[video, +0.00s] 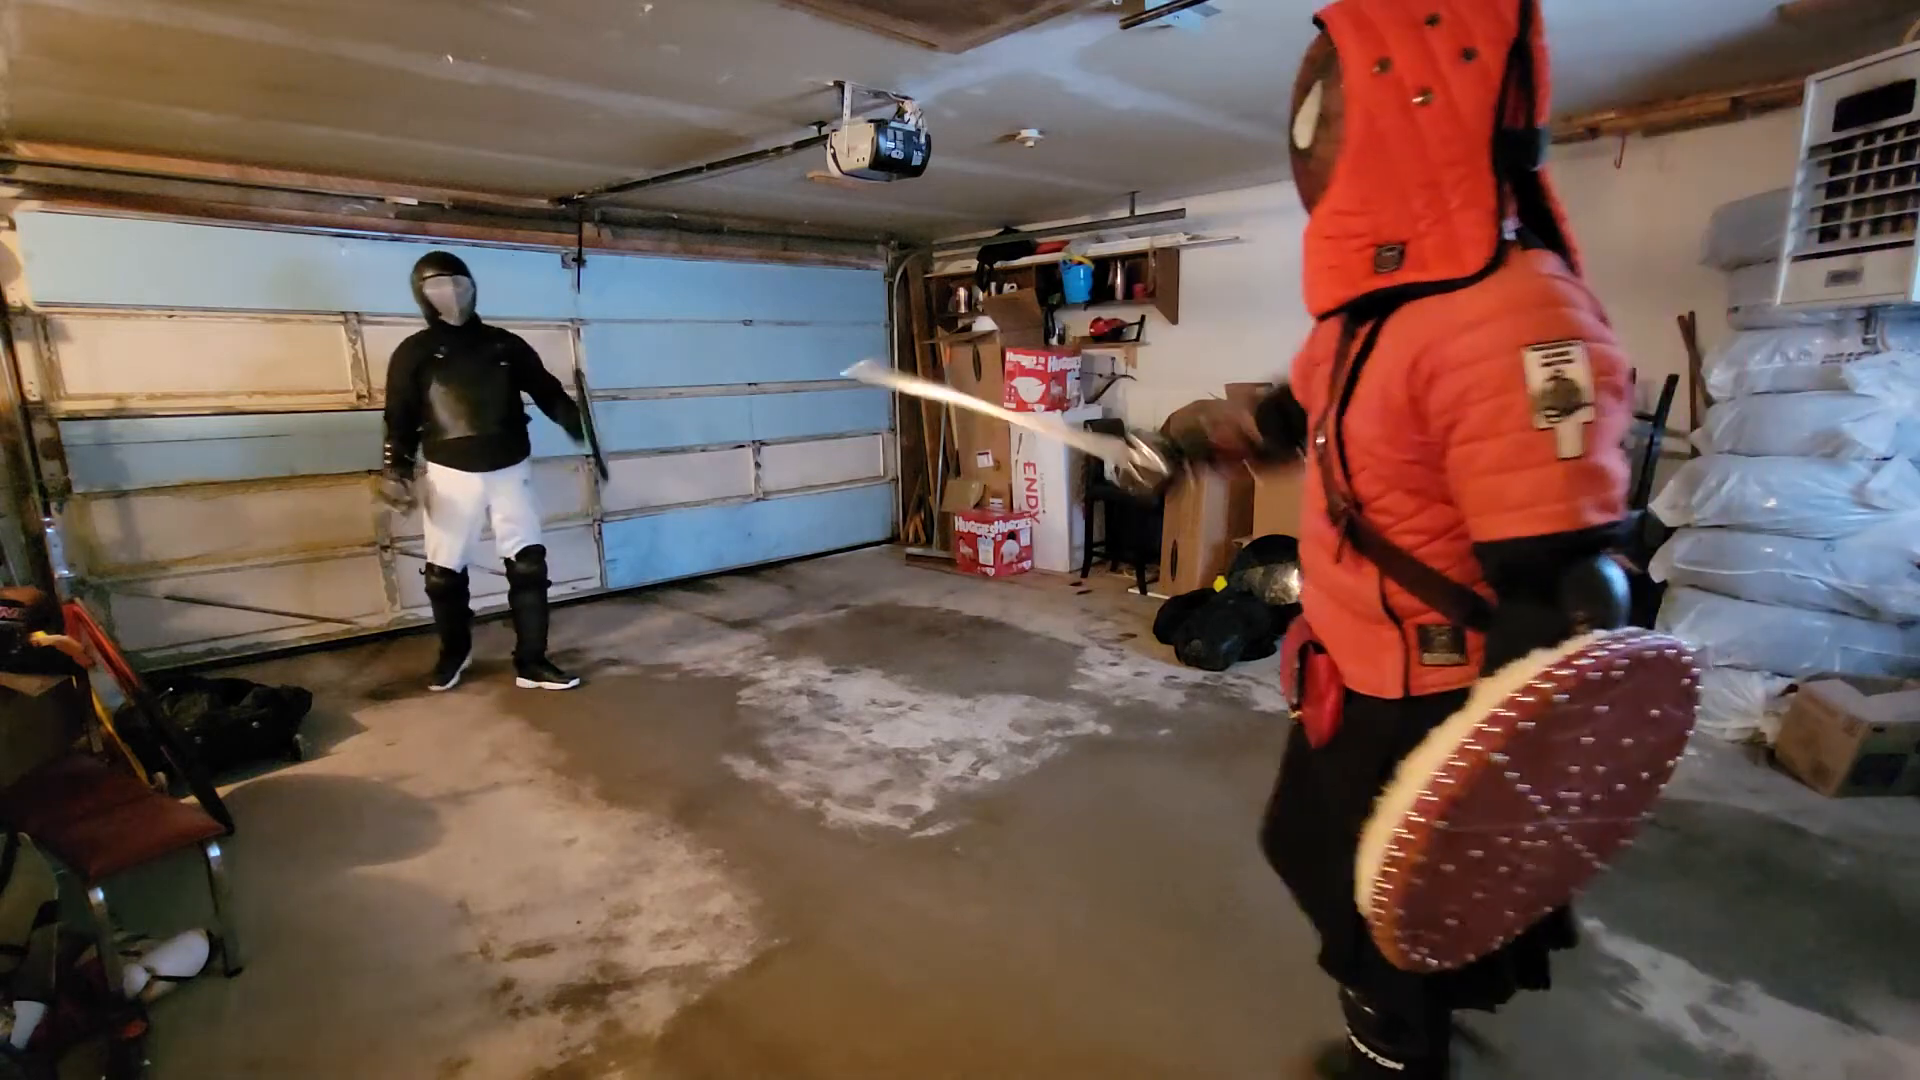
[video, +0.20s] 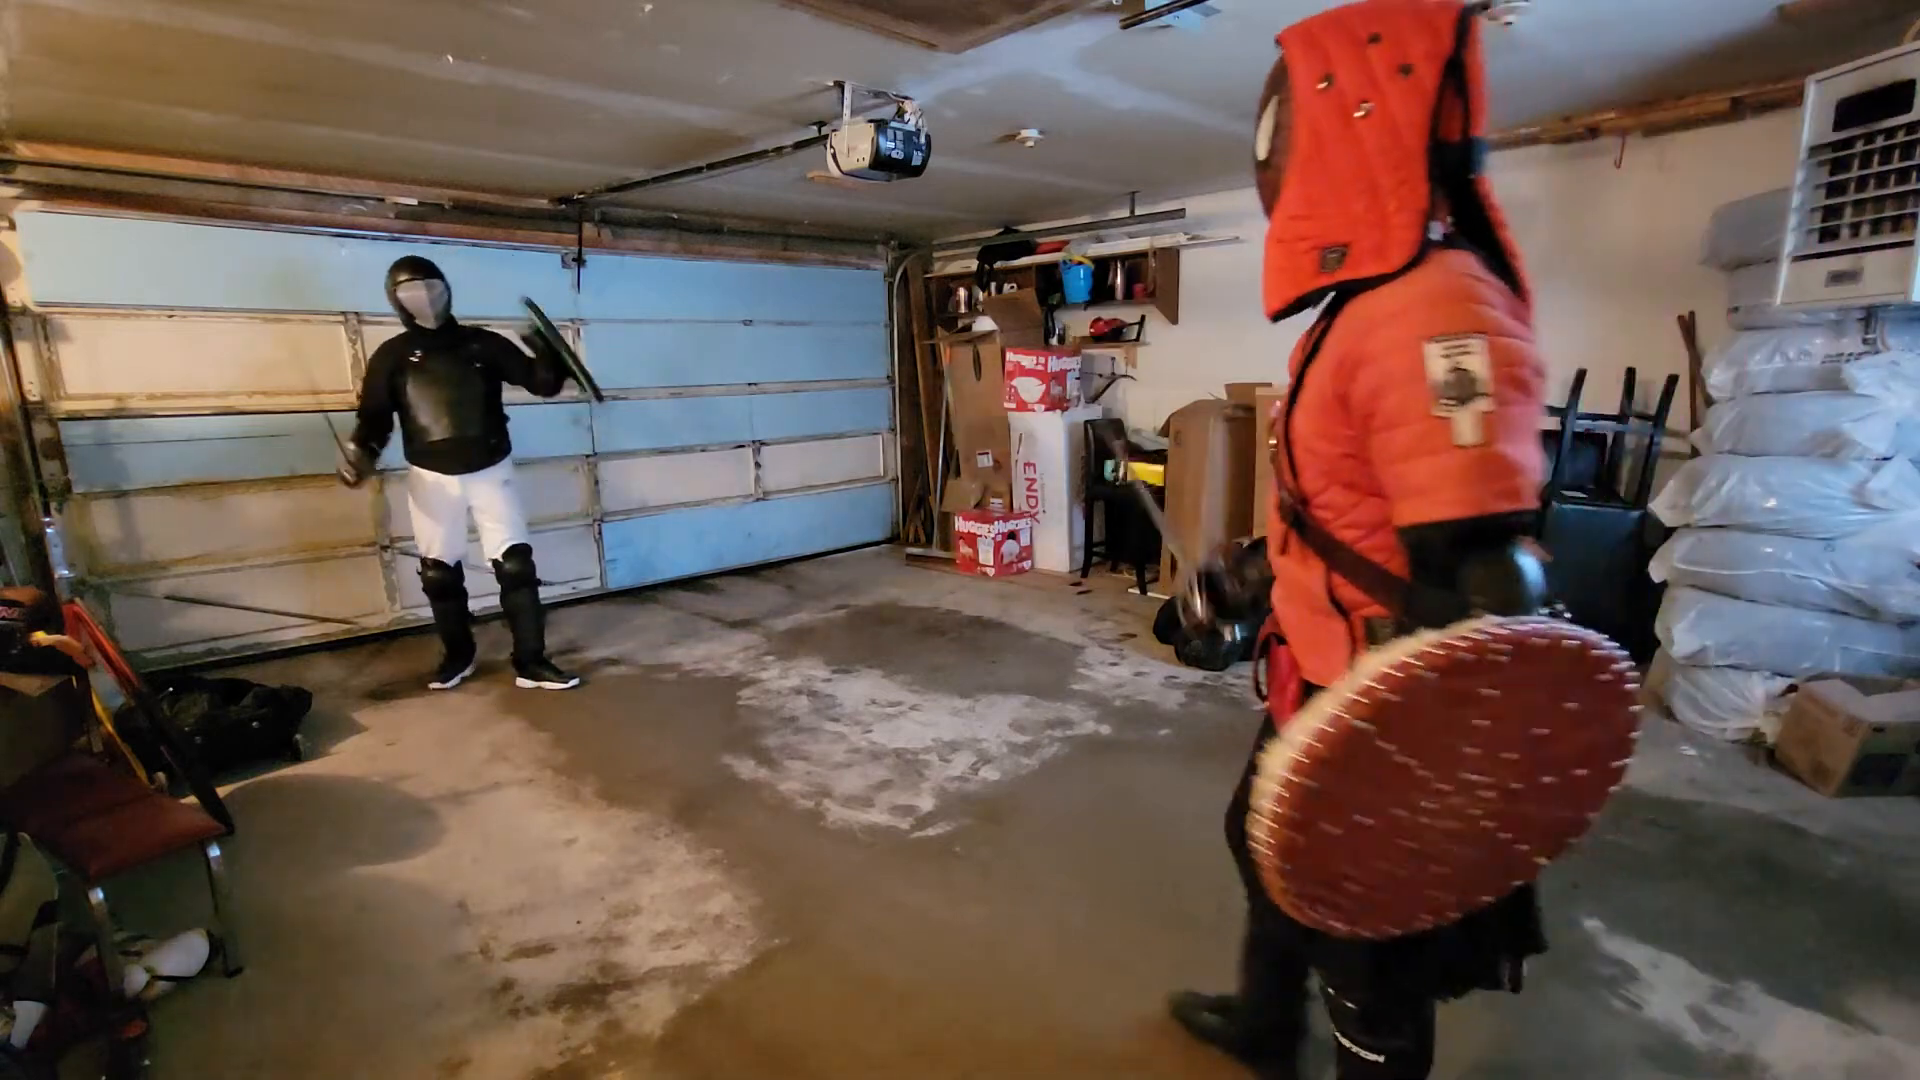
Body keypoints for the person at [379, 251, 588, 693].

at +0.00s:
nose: (451, 289)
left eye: (457, 280)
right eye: (438, 282)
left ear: (470, 287)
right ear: (423, 294)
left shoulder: (505, 345)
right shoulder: (412, 354)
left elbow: (546, 389)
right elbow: (399, 417)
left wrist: (574, 421)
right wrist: (397, 469)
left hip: (510, 473)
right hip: (449, 477)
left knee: (528, 564)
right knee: (443, 574)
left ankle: (532, 660)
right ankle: (454, 651)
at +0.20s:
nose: (425, 295)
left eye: (431, 284)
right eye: (412, 288)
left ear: (444, 288)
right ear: (398, 299)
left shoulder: (483, 344)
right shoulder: (390, 358)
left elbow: (543, 383)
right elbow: (373, 419)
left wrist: (549, 354)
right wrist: (361, 457)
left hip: (491, 473)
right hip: (431, 479)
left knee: (515, 563)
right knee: (438, 574)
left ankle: (530, 661)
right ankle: (459, 654)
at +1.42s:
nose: (416, 307)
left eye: (421, 296)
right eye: (403, 300)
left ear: (434, 297)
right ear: (386, 309)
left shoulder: (475, 349)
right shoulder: (379, 365)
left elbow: (514, 412)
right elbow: (366, 424)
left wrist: (524, 395)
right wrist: (376, 460)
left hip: (488, 477)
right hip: (427, 486)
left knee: (525, 561)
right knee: (437, 576)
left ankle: (554, 656)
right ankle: (459, 657)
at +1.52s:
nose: (419, 303)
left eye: (426, 292)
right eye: (407, 297)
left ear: (444, 296)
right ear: (396, 308)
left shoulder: (486, 351)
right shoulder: (390, 364)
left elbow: (517, 405)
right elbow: (375, 424)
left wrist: (537, 421)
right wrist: (387, 464)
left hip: (497, 482)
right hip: (437, 489)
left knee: (531, 568)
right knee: (442, 580)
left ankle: (555, 661)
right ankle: (459, 657)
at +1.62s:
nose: (435, 300)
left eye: (442, 290)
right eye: (423, 295)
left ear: (459, 294)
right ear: (411, 307)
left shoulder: (500, 352)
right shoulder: (403, 363)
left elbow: (531, 407)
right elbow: (384, 424)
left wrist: (547, 424)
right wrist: (395, 464)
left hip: (509, 484)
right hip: (446, 490)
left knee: (542, 571)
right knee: (446, 582)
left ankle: (556, 662)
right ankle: (459, 657)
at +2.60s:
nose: (434, 285)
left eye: (441, 273)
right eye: (419, 278)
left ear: (458, 274)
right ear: (402, 290)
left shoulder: (503, 334)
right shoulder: (399, 351)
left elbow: (572, 375)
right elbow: (361, 433)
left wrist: (533, 315)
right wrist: (376, 438)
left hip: (517, 485)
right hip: (448, 493)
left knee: (558, 582)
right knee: (449, 599)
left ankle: (582, 691)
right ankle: (482, 686)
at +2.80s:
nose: (455, 291)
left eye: (463, 279)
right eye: (441, 283)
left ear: (480, 280)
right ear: (428, 293)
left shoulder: (526, 342)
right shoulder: (419, 355)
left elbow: (591, 384)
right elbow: (381, 424)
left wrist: (563, 324)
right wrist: (385, 452)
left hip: (529, 496)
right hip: (459, 502)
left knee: (565, 595)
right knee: (454, 608)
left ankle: (589, 708)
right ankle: (482, 684)